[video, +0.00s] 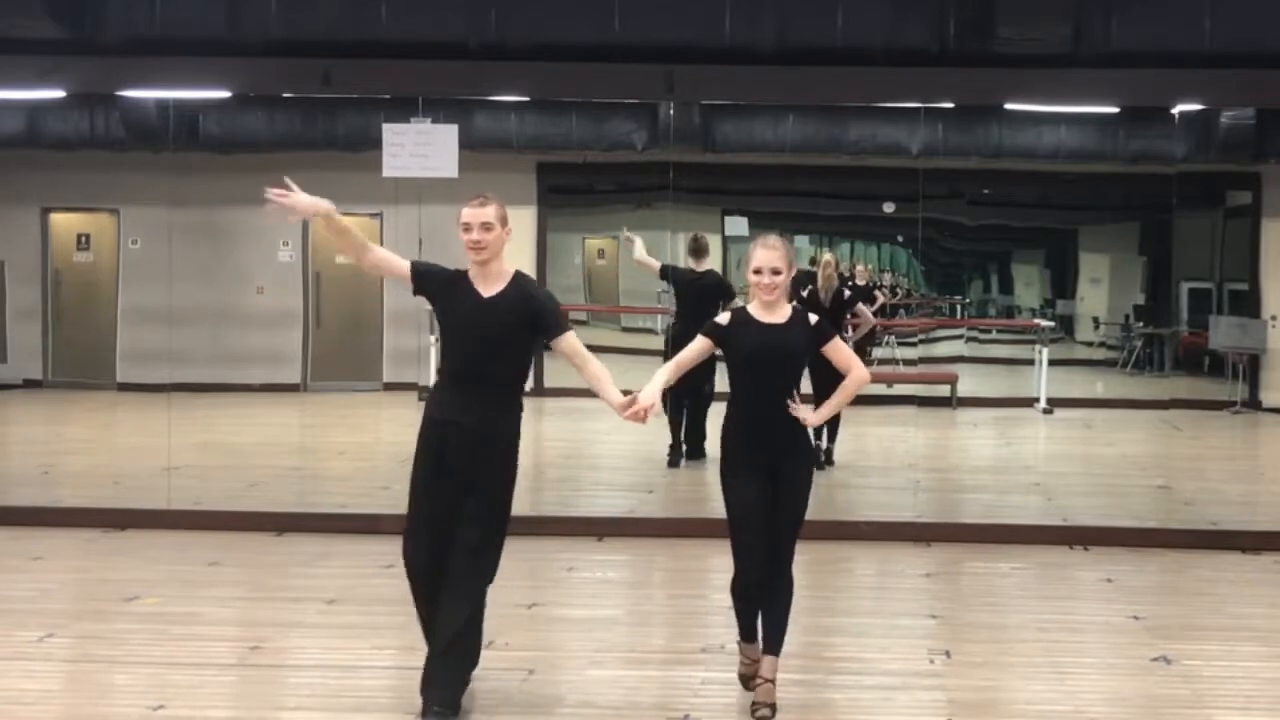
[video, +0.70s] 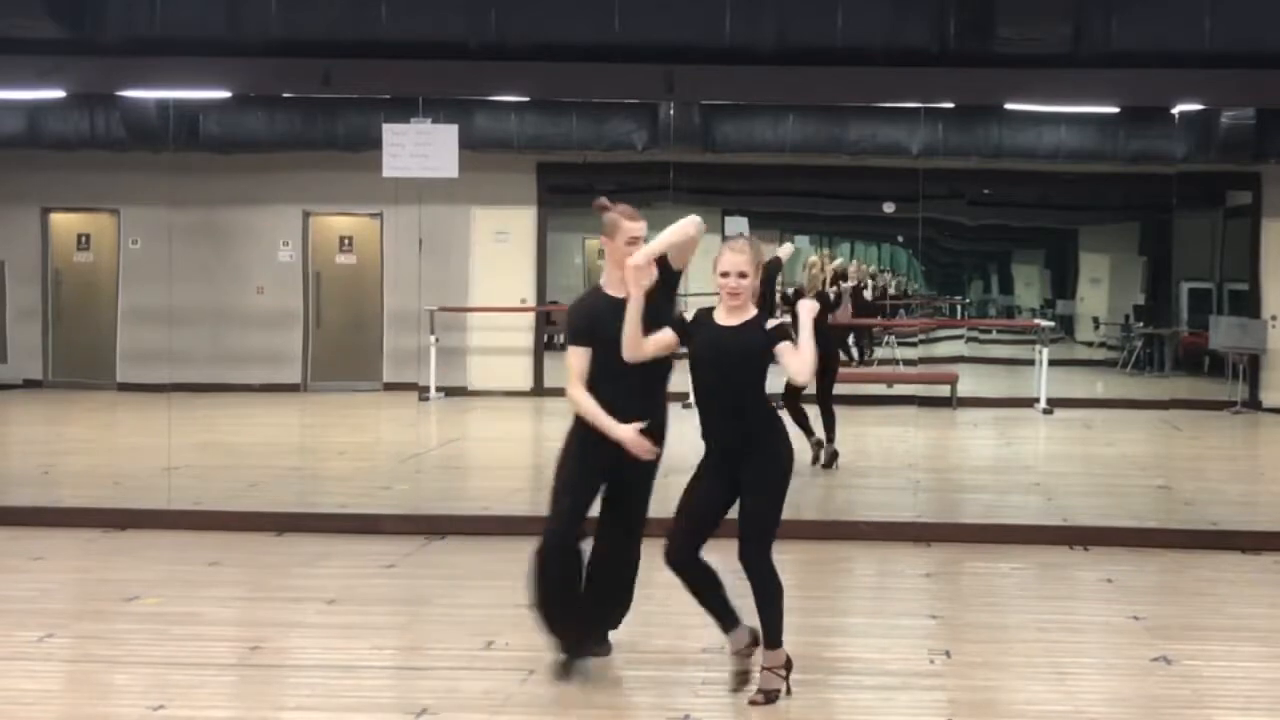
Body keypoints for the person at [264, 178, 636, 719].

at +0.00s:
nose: (473, 235)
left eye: (484, 227)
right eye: (466, 227)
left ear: (506, 232)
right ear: (458, 233)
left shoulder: (531, 299)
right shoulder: (444, 282)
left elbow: (582, 358)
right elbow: (369, 255)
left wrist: (617, 401)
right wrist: (324, 213)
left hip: (494, 452)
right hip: (438, 444)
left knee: (467, 570)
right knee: (421, 557)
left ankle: (441, 700)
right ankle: (452, 654)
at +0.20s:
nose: (513, 234)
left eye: (522, 226)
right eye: (503, 225)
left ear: (533, 232)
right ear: (485, 231)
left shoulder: (552, 293)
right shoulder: (460, 288)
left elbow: (610, 335)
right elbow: (387, 323)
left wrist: (623, 355)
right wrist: (334, 283)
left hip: (512, 437)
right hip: (459, 429)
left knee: (478, 544)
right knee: (450, 544)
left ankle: (460, 671)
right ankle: (452, 652)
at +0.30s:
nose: (546, 239)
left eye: (549, 232)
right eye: (537, 231)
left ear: (549, 235)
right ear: (508, 232)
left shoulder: (563, 291)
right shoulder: (473, 295)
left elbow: (630, 321)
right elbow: (434, 356)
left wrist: (629, 334)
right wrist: (367, 343)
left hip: (528, 432)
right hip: (476, 427)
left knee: (485, 529)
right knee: (463, 538)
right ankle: (455, 658)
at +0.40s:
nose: (564, 241)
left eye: (566, 233)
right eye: (556, 233)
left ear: (563, 237)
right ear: (526, 236)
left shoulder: (582, 288)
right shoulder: (496, 298)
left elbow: (660, 288)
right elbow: (478, 368)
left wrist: (634, 305)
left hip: (543, 439)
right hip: (490, 433)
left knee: (517, 543)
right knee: (467, 543)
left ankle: (565, 585)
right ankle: (456, 658)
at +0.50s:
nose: (587, 241)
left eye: (589, 233)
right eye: (579, 234)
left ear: (588, 237)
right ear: (551, 237)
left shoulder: (603, 283)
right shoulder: (525, 300)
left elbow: (669, 262)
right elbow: (512, 370)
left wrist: (640, 290)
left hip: (572, 437)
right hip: (519, 430)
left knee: (570, 539)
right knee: (478, 542)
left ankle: (597, 627)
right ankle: (453, 657)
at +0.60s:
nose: (614, 242)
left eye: (616, 235)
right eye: (605, 235)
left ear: (616, 239)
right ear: (578, 239)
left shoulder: (628, 277)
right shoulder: (557, 302)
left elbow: (686, 238)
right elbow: (542, 383)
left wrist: (649, 269)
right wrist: (567, 433)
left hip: (613, 433)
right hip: (559, 430)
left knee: (606, 539)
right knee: (516, 537)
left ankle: (600, 631)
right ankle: (465, 650)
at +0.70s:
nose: (640, 249)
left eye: (643, 240)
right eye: (631, 241)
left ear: (649, 245)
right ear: (605, 245)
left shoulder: (660, 283)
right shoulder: (586, 309)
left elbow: (694, 226)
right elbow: (575, 389)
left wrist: (652, 251)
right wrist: (619, 431)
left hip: (644, 430)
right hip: (593, 427)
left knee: (620, 535)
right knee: (561, 530)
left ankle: (595, 631)